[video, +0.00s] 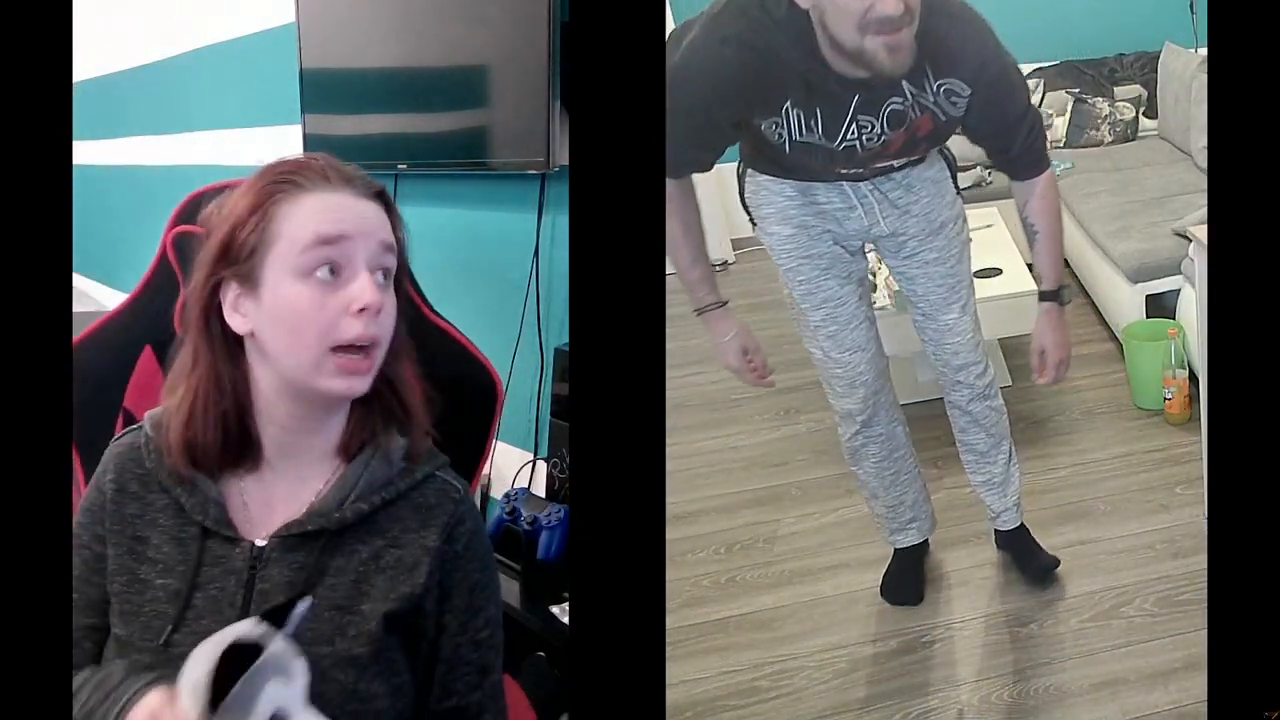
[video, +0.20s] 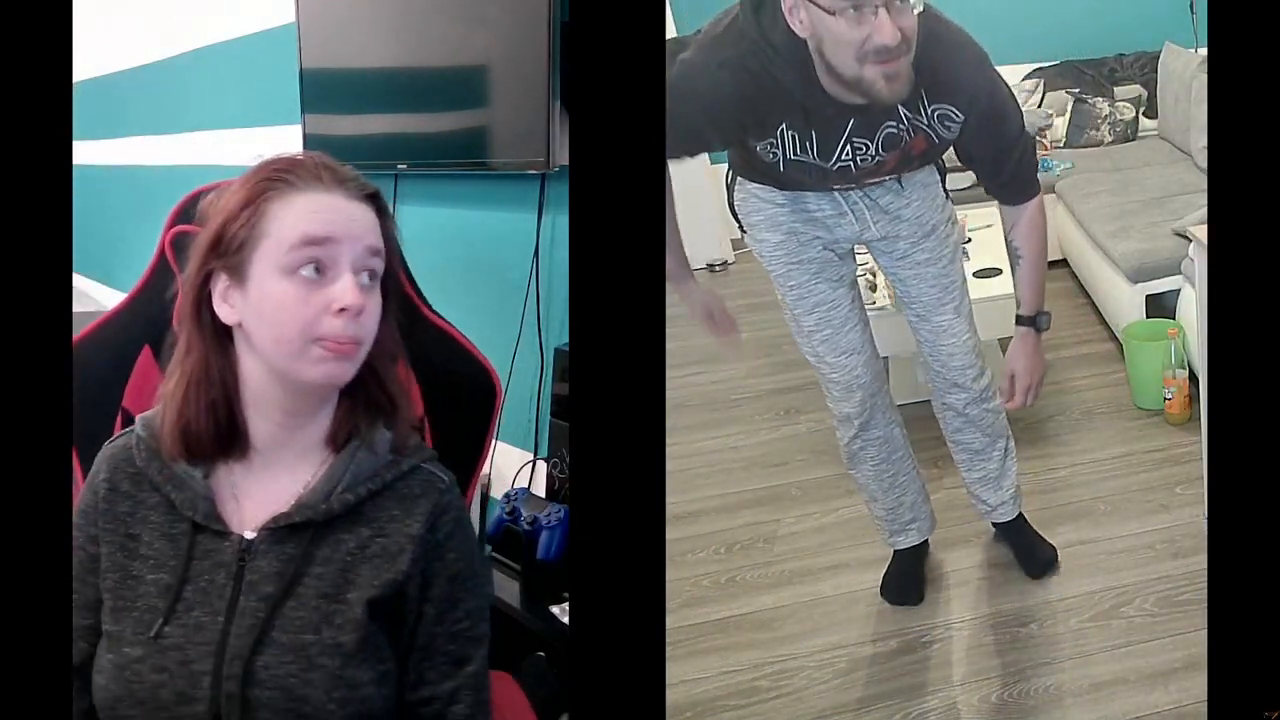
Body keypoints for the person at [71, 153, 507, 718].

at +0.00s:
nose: (372, 297)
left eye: (384, 273)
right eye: (328, 269)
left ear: (396, 295)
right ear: (238, 305)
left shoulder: (440, 521)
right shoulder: (131, 477)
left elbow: (470, 709)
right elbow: (74, 671)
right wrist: (132, 700)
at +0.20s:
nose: (354, 299)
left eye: (369, 275)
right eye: (314, 268)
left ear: (382, 297)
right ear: (227, 297)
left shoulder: (424, 513)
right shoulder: (121, 482)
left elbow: (453, 708)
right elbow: (77, 687)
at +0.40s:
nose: (327, 297)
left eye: (349, 274)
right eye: (290, 265)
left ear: (366, 303)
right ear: (211, 292)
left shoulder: (409, 507)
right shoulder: (115, 481)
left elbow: (443, 708)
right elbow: (78, 679)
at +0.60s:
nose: (315, 296)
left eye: (338, 272)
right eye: (278, 265)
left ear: (354, 302)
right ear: (202, 292)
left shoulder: (396, 502)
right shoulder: (115, 481)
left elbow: (429, 705)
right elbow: (81, 679)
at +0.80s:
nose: (305, 292)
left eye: (330, 269)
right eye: (267, 261)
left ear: (347, 303)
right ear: (196, 291)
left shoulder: (389, 504)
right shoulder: (113, 480)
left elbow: (418, 705)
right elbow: (84, 678)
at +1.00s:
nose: (275, 302)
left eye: (306, 276)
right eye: (240, 271)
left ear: (334, 306)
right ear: (180, 300)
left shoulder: (387, 518)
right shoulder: (117, 485)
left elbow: (410, 706)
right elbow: (84, 678)